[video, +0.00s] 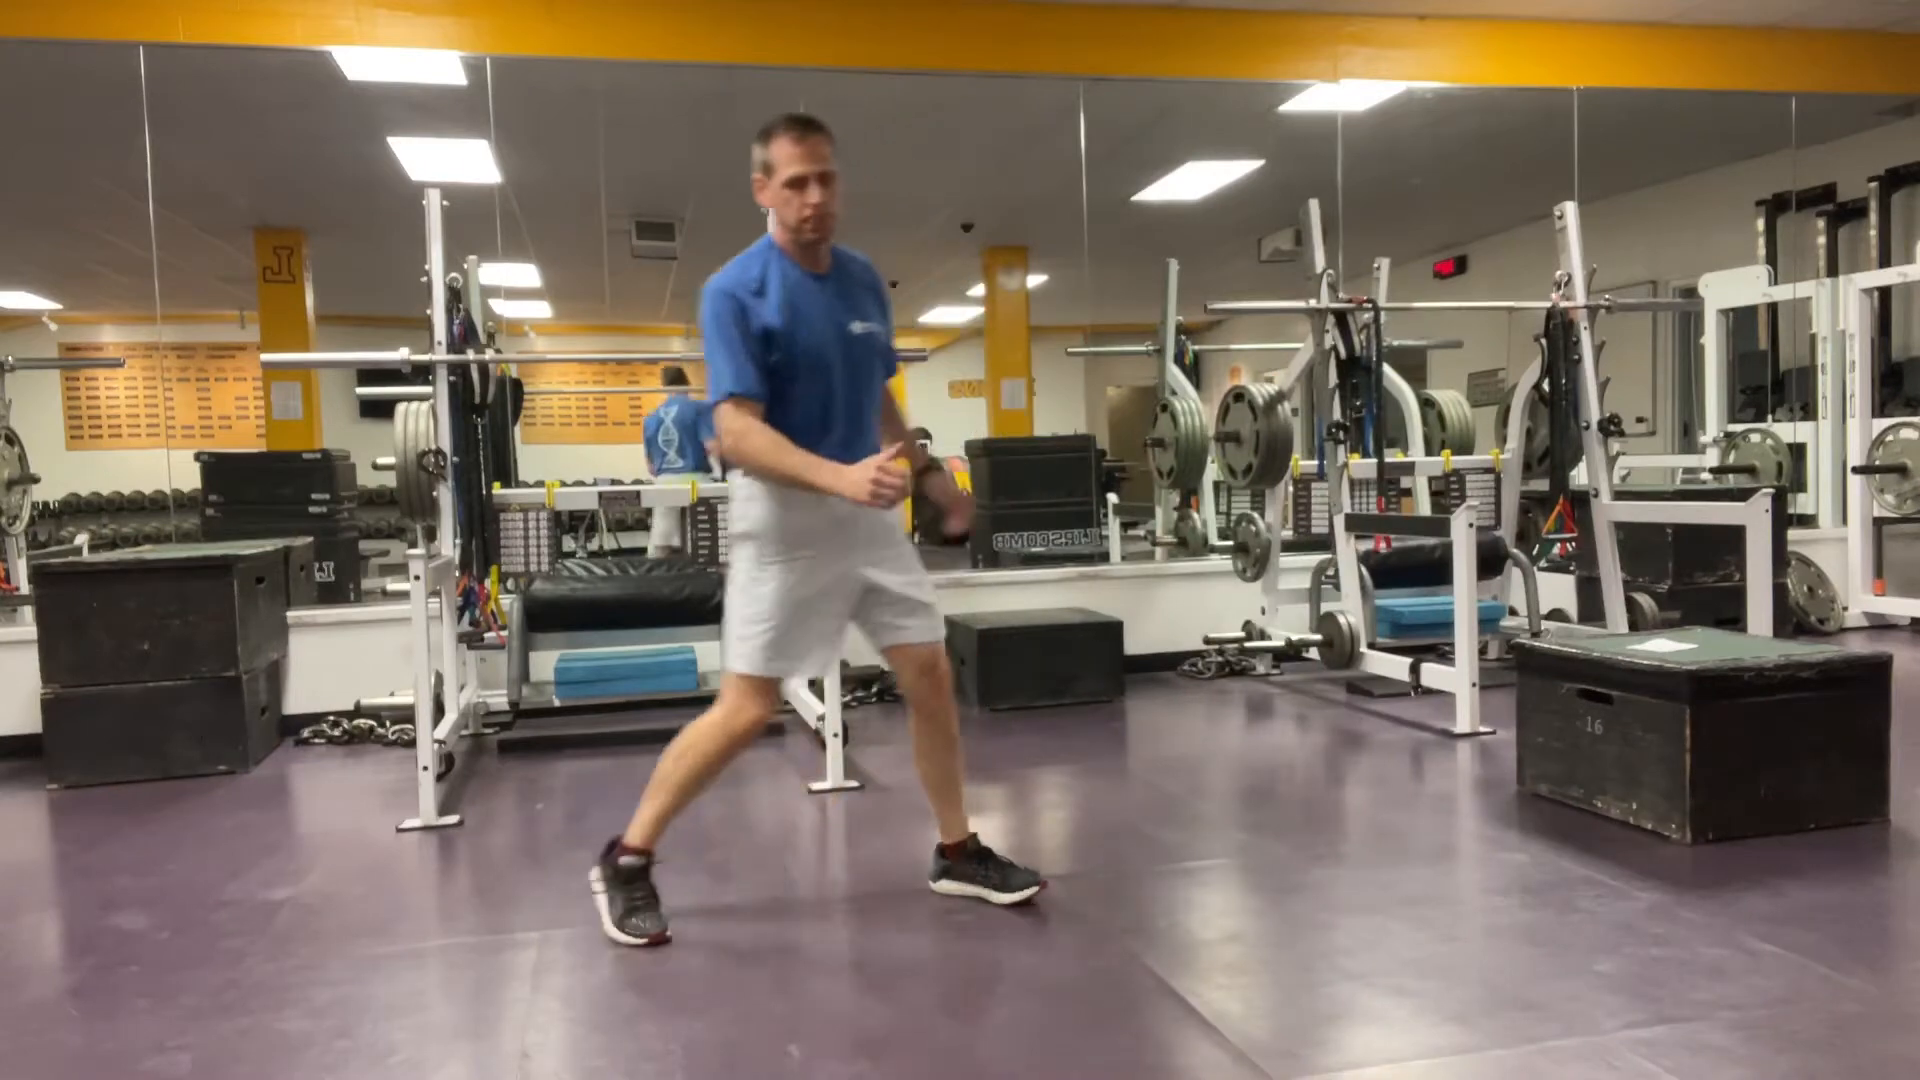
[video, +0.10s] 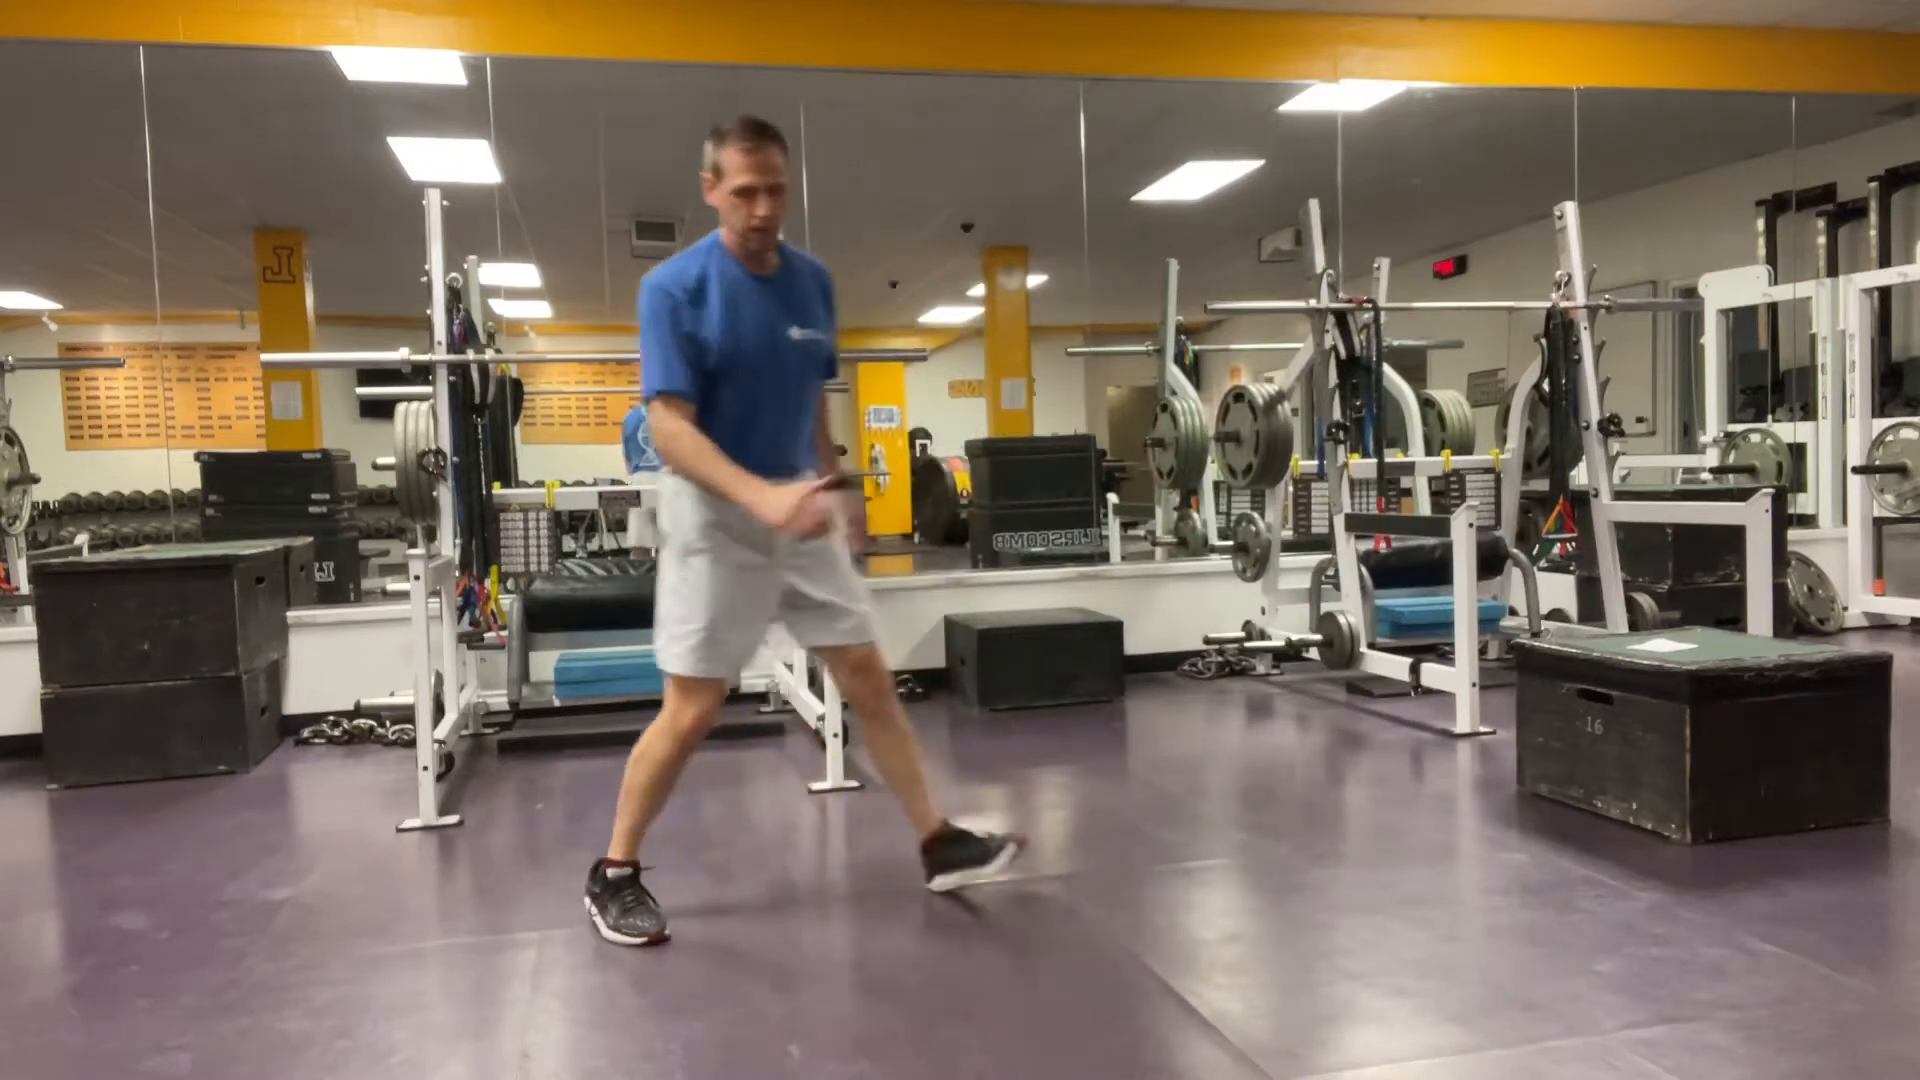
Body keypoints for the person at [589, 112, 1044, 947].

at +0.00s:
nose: (814, 199)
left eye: (824, 182)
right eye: (795, 186)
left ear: (840, 186)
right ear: (761, 194)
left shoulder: (863, 282)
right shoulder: (734, 292)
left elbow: (877, 395)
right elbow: (733, 430)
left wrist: (925, 472)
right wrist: (840, 476)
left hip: (867, 514)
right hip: (779, 524)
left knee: (927, 671)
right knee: (746, 710)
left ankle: (957, 849)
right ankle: (627, 858)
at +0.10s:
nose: (762, 209)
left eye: (774, 190)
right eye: (745, 193)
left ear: (791, 191)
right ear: (711, 191)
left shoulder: (810, 282)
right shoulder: (675, 288)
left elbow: (811, 398)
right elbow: (669, 428)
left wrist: (832, 480)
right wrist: (762, 495)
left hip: (801, 508)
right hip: (712, 515)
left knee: (865, 672)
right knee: (693, 706)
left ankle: (936, 838)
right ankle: (615, 872)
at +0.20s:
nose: (714, 212)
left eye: (728, 192)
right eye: (697, 193)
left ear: (748, 185)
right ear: (666, 182)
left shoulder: (767, 269)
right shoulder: (621, 277)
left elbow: (770, 381)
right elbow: (595, 416)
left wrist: (774, 474)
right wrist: (646, 523)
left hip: (752, 491)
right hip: (659, 498)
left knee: (817, 660)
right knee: (667, 693)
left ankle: (852, 825)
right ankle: (614, 870)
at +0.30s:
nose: (671, 216)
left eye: (685, 196)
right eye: (654, 198)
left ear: (707, 185)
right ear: (624, 186)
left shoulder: (730, 266)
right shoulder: (579, 279)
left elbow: (727, 383)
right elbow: (531, 408)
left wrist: (740, 481)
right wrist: (531, 533)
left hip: (716, 490)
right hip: (623, 495)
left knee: (756, 664)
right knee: (637, 688)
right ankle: (611, 870)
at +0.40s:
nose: (632, 228)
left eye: (646, 208)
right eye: (614, 210)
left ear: (668, 194)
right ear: (585, 194)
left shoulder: (700, 275)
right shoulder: (546, 289)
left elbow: (716, 382)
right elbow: (485, 406)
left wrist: (743, 476)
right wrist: (457, 529)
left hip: (678, 490)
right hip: (590, 495)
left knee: (690, 676)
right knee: (618, 683)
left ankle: (621, 794)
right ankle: (608, 873)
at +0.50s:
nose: (599, 239)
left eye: (613, 219)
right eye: (583, 222)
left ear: (634, 204)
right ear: (553, 205)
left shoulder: (669, 284)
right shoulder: (512, 297)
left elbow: (706, 383)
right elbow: (456, 404)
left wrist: (749, 482)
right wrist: (417, 519)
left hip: (644, 498)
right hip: (559, 500)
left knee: (613, 682)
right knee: (601, 683)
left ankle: (550, 813)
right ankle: (607, 872)